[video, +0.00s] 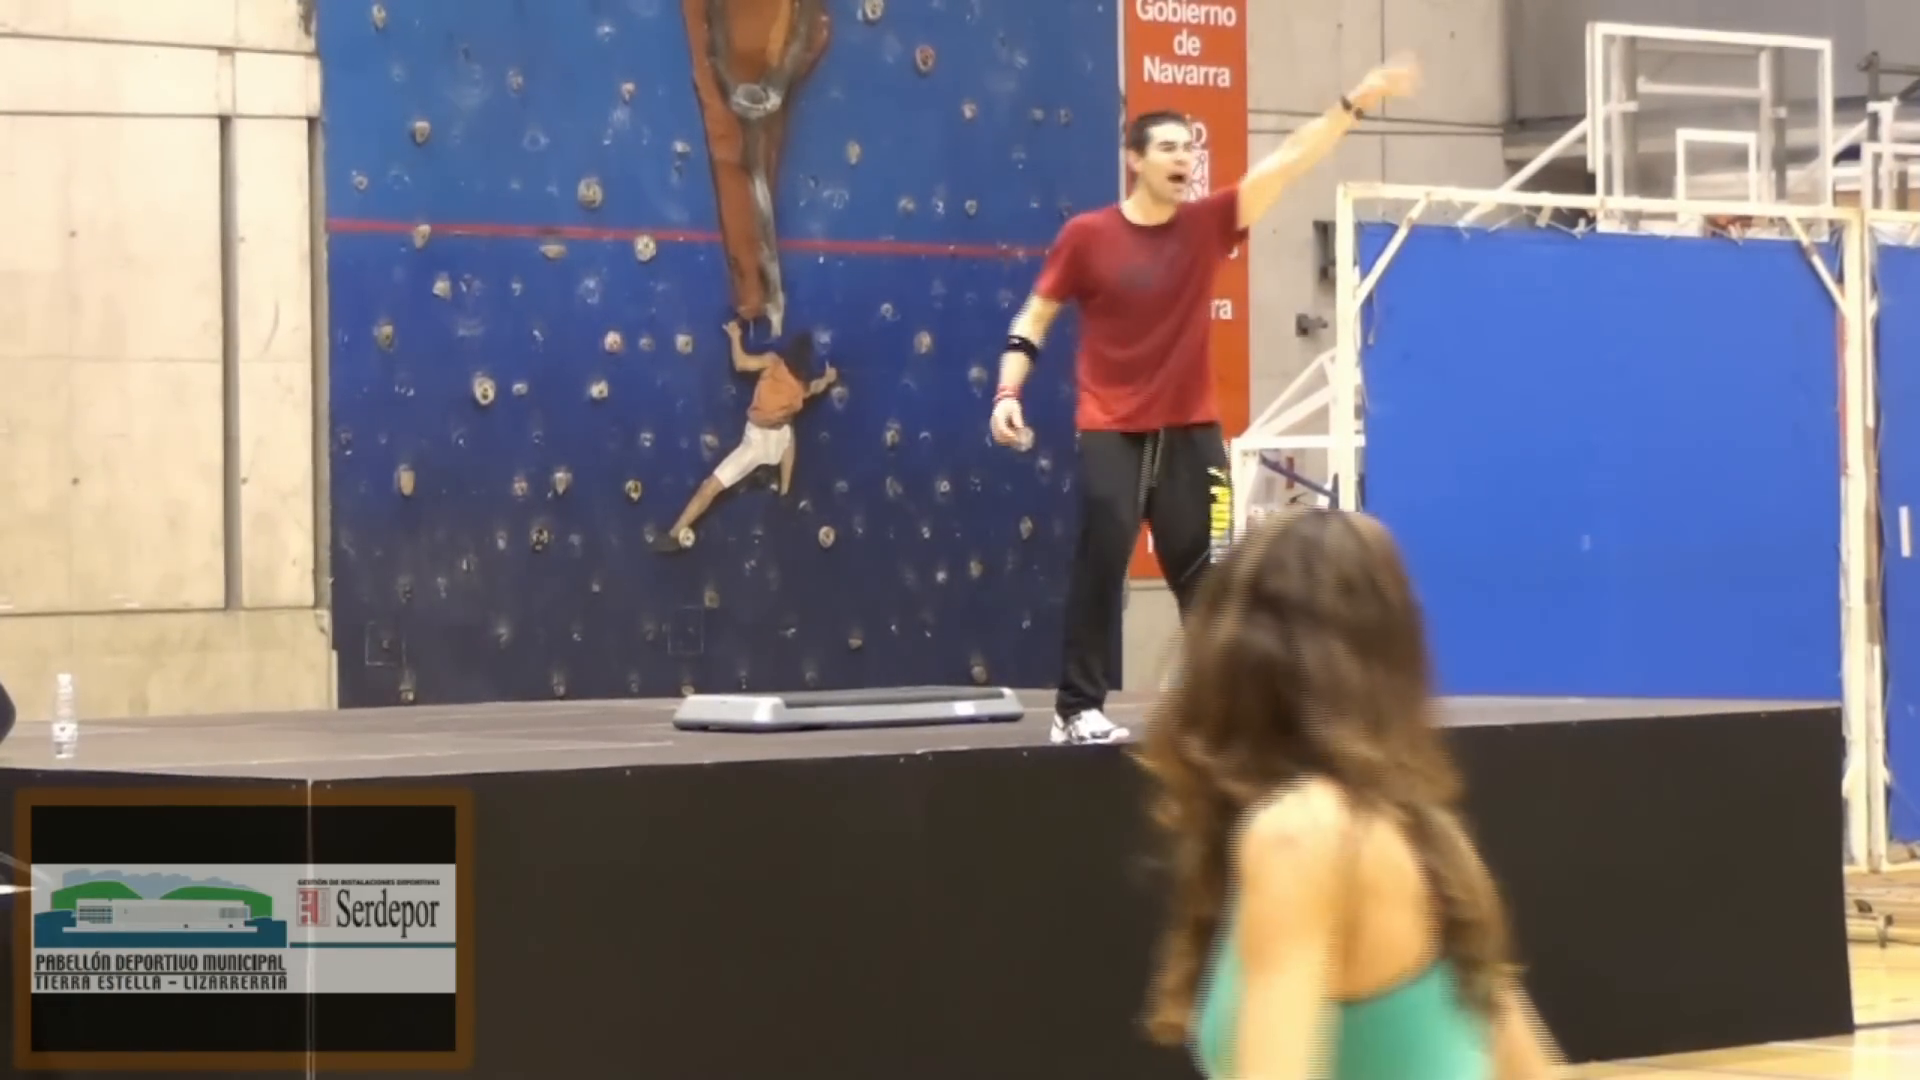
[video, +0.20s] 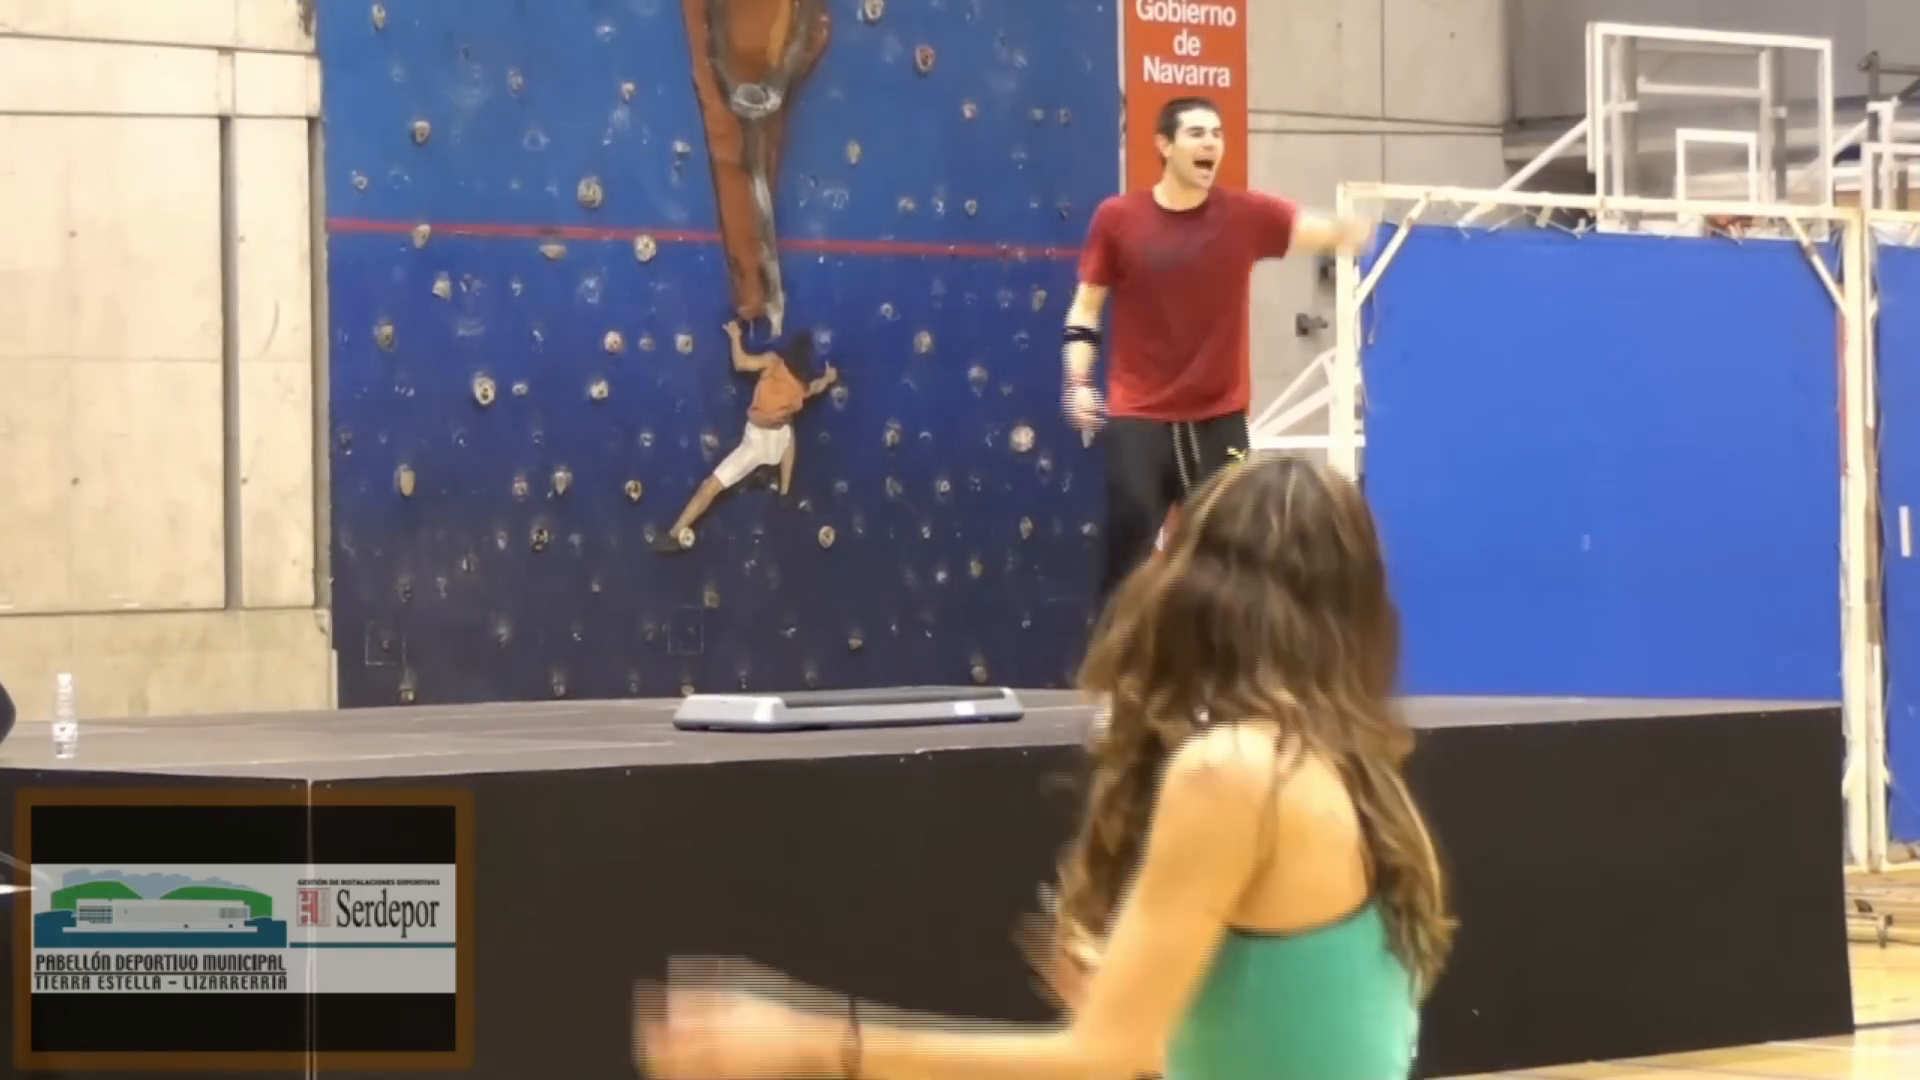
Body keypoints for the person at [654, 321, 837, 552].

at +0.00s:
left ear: (788, 351)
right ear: (807, 360)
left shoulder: (772, 362)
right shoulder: (802, 387)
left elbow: (741, 364)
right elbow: (817, 386)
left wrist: (735, 337)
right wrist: (829, 379)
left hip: (754, 443)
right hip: (778, 442)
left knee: (711, 485)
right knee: (788, 434)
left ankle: (676, 533)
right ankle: (784, 488)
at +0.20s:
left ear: (788, 351)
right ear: (808, 360)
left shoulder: (772, 362)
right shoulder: (802, 387)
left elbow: (741, 363)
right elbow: (816, 387)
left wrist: (735, 337)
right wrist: (829, 379)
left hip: (754, 442)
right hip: (778, 440)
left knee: (712, 484)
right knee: (788, 434)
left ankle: (676, 532)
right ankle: (784, 488)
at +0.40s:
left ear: (788, 351)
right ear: (808, 360)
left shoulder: (772, 362)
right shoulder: (802, 387)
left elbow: (741, 364)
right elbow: (816, 387)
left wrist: (735, 337)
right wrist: (829, 379)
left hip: (754, 442)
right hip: (779, 441)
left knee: (713, 484)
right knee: (789, 434)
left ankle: (676, 532)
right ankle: (785, 488)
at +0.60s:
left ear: (788, 351)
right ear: (808, 360)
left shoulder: (772, 362)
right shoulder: (802, 387)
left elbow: (740, 364)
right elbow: (817, 387)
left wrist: (735, 337)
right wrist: (829, 379)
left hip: (754, 443)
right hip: (778, 441)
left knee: (712, 484)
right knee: (788, 434)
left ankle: (677, 532)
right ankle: (784, 488)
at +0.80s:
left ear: (788, 352)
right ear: (807, 361)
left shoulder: (772, 362)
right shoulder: (802, 387)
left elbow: (740, 364)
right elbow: (816, 387)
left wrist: (735, 337)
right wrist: (829, 379)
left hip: (755, 443)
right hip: (779, 441)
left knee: (711, 485)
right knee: (788, 434)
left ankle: (676, 532)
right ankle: (784, 488)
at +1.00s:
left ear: (788, 352)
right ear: (807, 360)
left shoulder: (772, 361)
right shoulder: (802, 387)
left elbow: (740, 364)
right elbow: (816, 387)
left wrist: (734, 337)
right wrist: (828, 379)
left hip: (755, 442)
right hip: (779, 440)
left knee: (713, 484)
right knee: (788, 434)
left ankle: (676, 532)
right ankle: (784, 487)